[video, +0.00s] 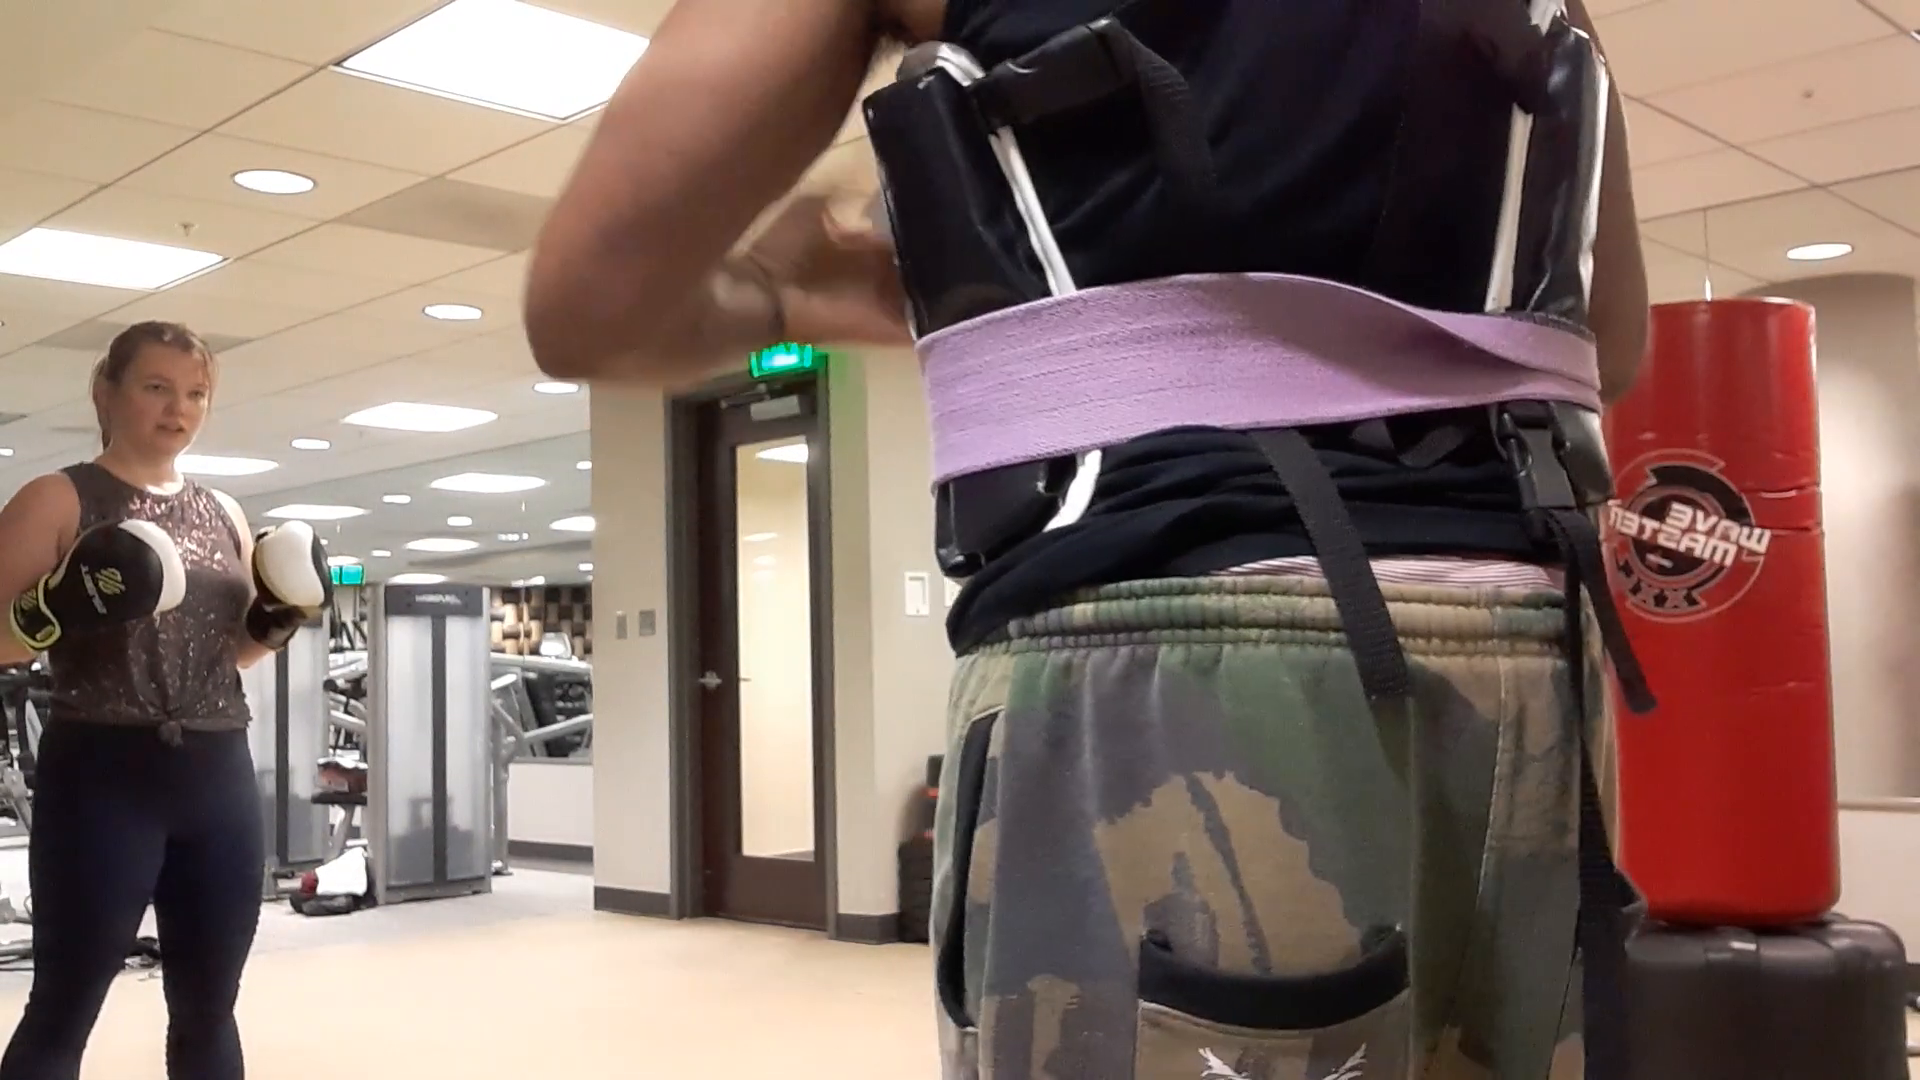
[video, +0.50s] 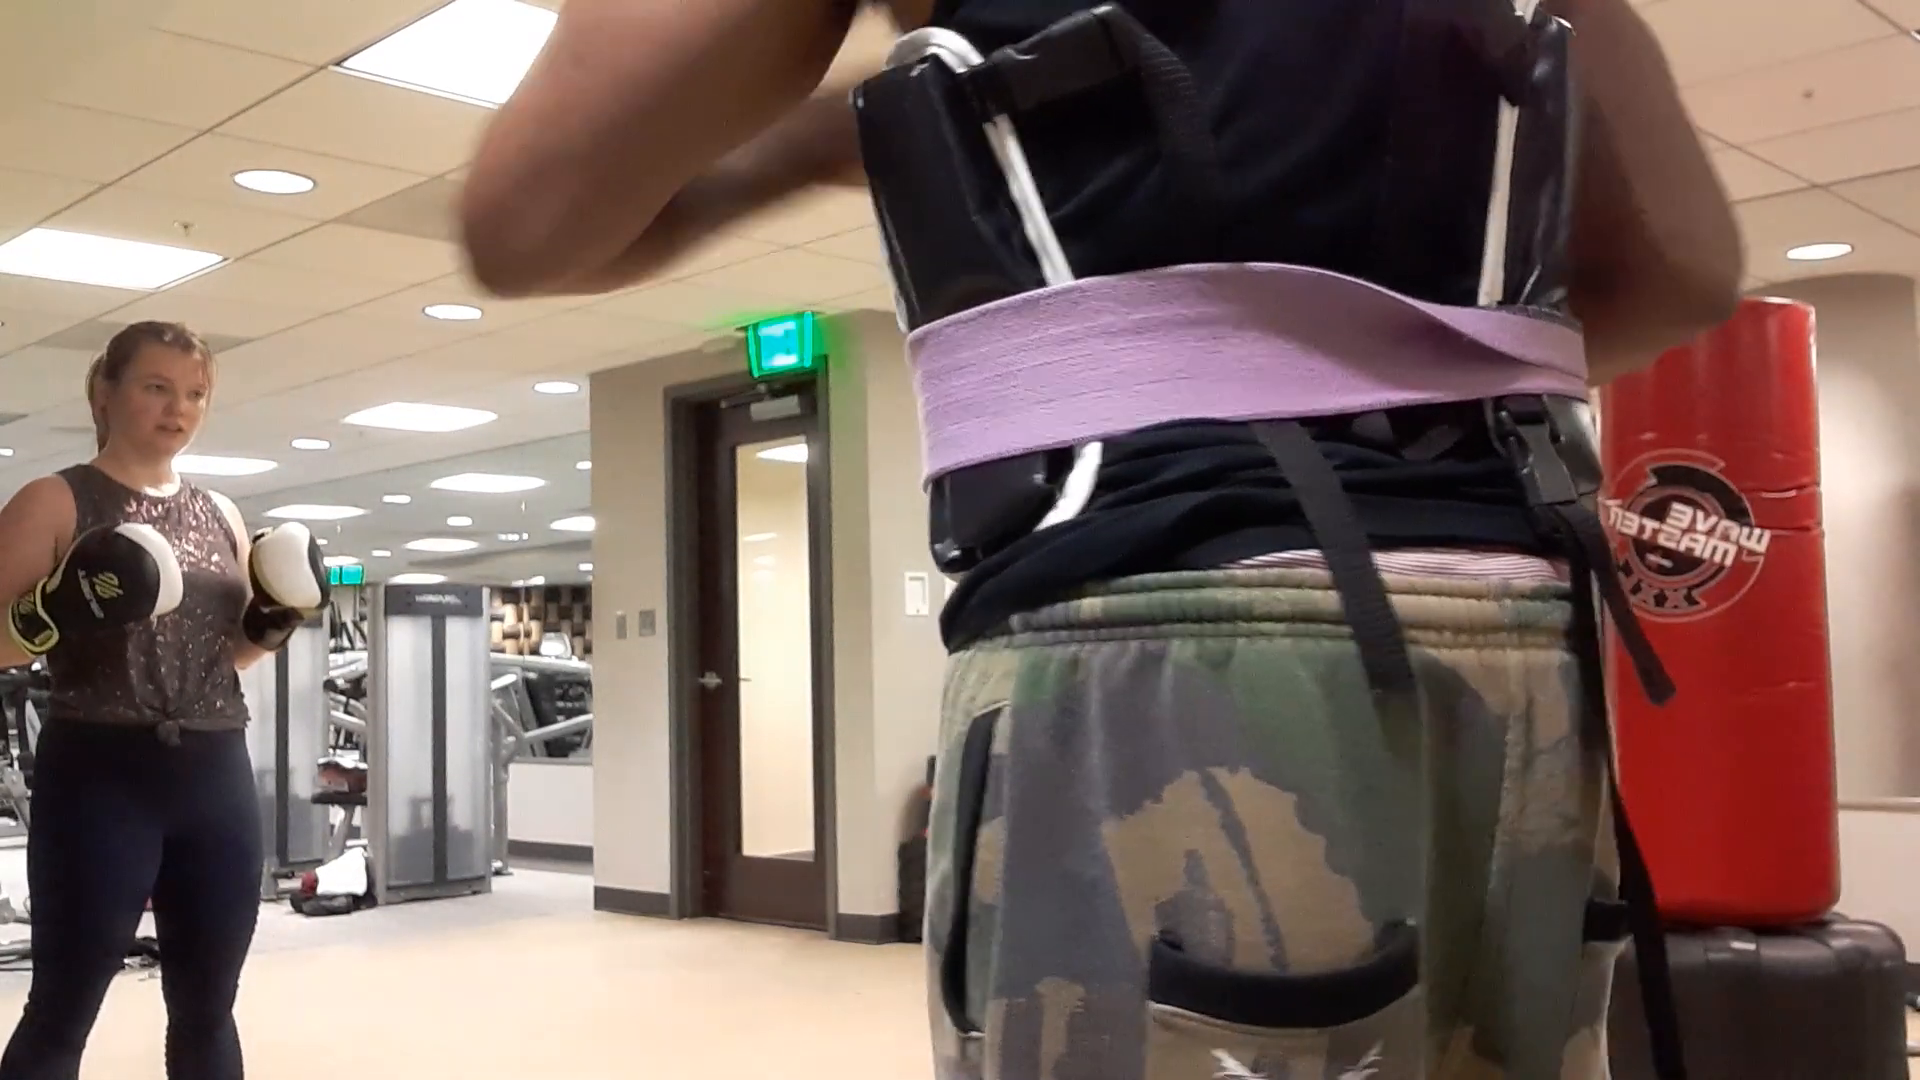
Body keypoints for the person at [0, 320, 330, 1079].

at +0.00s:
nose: (180, 408)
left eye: (195, 393)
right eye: (158, 388)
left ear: (208, 406)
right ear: (106, 393)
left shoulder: (224, 516)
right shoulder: (57, 501)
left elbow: (224, 660)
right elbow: (3, 645)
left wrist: (281, 616)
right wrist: (61, 606)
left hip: (220, 777)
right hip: (99, 777)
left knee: (209, 1013)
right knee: (63, 1010)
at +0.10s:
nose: (179, 408)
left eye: (195, 393)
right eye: (157, 387)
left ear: (207, 407)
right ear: (106, 393)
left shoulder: (224, 516)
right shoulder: (55, 501)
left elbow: (224, 660)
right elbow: (3, 644)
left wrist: (280, 614)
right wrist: (59, 606)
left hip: (219, 777)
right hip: (98, 777)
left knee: (208, 1013)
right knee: (62, 1012)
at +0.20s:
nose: (179, 408)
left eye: (195, 394)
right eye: (157, 387)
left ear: (206, 407)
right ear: (105, 393)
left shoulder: (223, 516)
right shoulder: (56, 500)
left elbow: (224, 660)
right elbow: (2, 644)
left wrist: (279, 615)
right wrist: (60, 605)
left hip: (218, 777)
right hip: (98, 777)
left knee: (209, 1009)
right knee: (64, 1007)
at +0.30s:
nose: (179, 409)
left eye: (195, 394)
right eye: (157, 388)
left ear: (206, 407)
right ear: (104, 393)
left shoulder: (223, 516)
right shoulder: (55, 501)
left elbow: (226, 658)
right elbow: (3, 645)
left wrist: (280, 615)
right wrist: (61, 606)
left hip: (218, 776)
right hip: (97, 776)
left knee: (208, 1009)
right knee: (63, 1009)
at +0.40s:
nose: (179, 408)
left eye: (194, 394)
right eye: (157, 388)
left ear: (206, 407)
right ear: (104, 394)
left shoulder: (223, 518)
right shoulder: (55, 503)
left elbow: (221, 661)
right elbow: (2, 646)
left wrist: (278, 616)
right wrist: (62, 608)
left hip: (218, 778)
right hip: (97, 778)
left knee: (208, 1011)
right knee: (63, 1008)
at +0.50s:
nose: (180, 408)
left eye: (195, 394)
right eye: (158, 388)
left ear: (206, 407)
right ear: (104, 394)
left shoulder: (223, 518)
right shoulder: (54, 503)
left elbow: (224, 661)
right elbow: (3, 648)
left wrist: (278, 615)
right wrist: (63, 608)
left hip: (218, 776)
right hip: (96, 776)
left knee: (208, 1011)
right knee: (61, 1013)